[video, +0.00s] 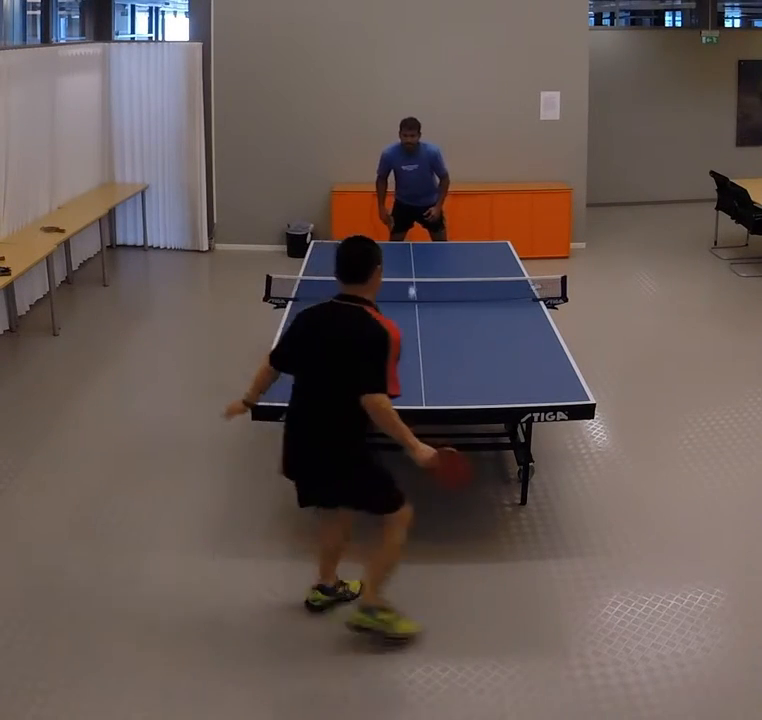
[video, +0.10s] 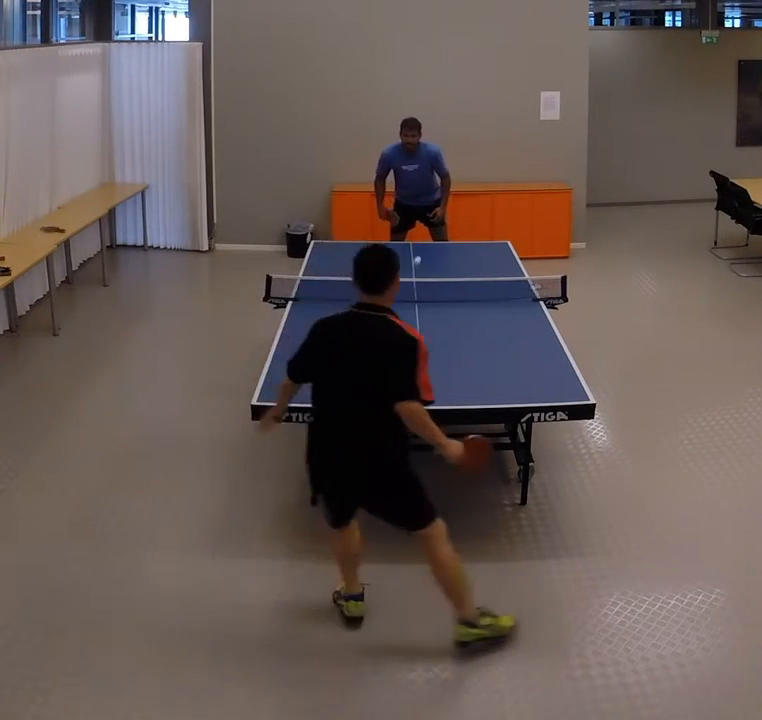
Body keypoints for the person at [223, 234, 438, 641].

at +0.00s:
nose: (381, 276)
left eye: (378, 270)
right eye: (381, 270)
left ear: (338, 273)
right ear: (377, 275)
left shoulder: (312, 317)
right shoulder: (377, 331)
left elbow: (273, 364)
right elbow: (373, 399)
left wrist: (248, 400)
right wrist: (415, 445)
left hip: (303, 444)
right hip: (345, 448)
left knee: (338, 508)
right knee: (398, 512)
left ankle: (327, 584)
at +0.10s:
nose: (400, 283)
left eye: (393, 277)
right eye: (399, 277)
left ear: (356, 282)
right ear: (395, 283)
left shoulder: (327, 328)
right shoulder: (404, 339)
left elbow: (292, 378)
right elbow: (407, 405)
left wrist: (275, 413)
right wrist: (444, 444)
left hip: (330, 454)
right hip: (382, 459)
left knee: (342, 521)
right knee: (431, 530)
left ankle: (351, 597)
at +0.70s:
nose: (415, 309)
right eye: (415, 305)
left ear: (370, 309)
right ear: (413, 310)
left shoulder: (338, 362)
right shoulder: (433, 369)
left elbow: (320, 436)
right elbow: (466, 439)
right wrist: (431, 427)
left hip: (346, 492)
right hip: (407, 494)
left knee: (305, 564)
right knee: (458, 566)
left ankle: (274, 643)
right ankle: (490, 640)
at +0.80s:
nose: (410, 309)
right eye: (412, 304)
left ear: (367, 310)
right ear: (411, 310)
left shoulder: (337, 364)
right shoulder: (432, 369)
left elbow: (313, 429)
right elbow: (467, 430)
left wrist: (320, 473)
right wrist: (425, 426)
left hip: (341, 494)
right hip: (403, 497)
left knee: (304, 562)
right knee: (450, 566)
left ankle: (273, 643)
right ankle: (476, 648)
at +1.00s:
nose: (400, 314)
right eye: (399, 309)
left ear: (355, 314)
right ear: (400, 316)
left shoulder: (326, 373)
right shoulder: (421, 372)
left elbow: (300, 442)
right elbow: (457, 413)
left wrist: (289, 472)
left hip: (336, 505)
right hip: (402, 505)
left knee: (300, 563)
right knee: (447, 567)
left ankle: (274, 643)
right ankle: (476, 648)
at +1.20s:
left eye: (337, 304)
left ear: (335, 309)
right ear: (379, 310)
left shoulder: (314, 371)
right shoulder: (404, 364)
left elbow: (290, 444)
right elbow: (419, 411)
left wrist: (272, 479)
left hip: (333, 500)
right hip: (396, 497)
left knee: (297, 568)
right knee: (442, 569)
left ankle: (273, 644)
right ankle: (476, 648)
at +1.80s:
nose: (463, 322)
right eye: (464, 317)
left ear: (419, 312)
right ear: (461, 322)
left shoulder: (376, 354)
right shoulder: (457, 375)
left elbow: (331, 409)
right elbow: (446, 432)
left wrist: (327, 457)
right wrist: (454, 504)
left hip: (359, 490)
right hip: (418, 497)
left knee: (316, 566)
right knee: (455, 572)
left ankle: (276, 642)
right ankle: (468, 648)